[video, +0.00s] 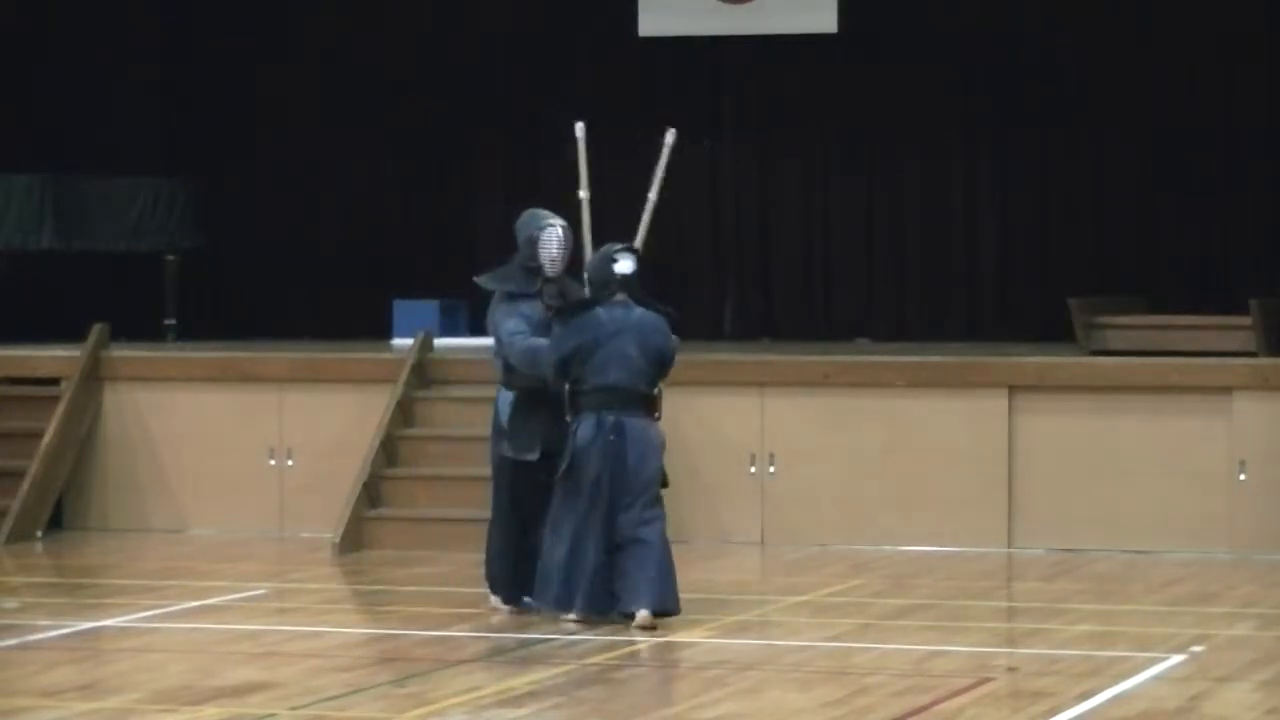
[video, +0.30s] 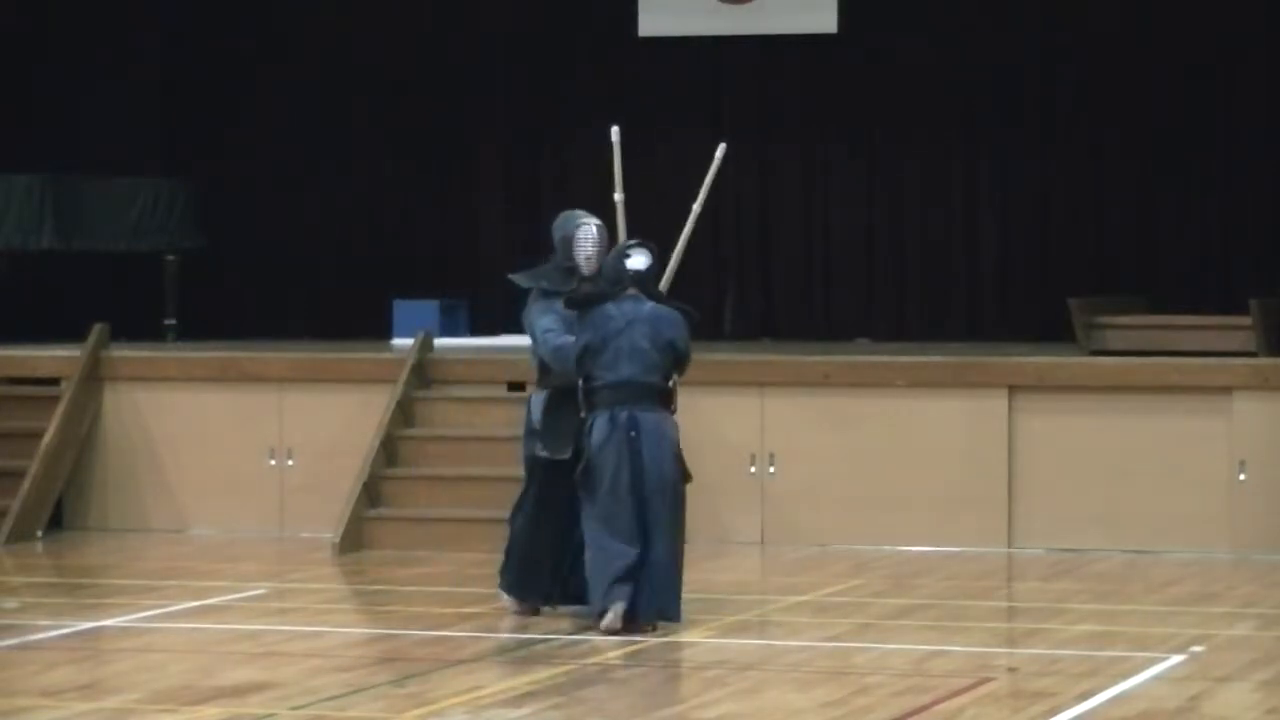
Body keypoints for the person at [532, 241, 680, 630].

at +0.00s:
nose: (590, 285)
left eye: (591, 280)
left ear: (594, 282)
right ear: (628, 282)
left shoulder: (579, 324)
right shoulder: (653, 324)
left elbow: (558, 368)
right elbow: (663, 366)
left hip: (592, 423)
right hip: (640, 423)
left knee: (586, 510)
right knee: (641, 512)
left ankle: (579, 602)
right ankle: (643, 603)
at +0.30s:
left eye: (610, 277)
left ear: (611, 280)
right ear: (643, 280)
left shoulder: (595, 318)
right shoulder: (666, 317)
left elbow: (579, 360)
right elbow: (680, 361)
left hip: (608, 419)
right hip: (655, 419)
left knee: (608, 509)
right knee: (656, 510)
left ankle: (616, 592)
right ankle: (648, 606)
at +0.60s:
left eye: (609, 288)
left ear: (611, 290)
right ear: (645, 289)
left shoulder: (600, 325)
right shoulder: (671, 324)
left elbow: (573, 360)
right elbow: (689, 368)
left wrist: (556, 313)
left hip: (617, 427)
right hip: (665, 428)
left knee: (620, 514)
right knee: (665, 517)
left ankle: (652, 591)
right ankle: (658, 604)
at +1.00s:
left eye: (626, 281)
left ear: (626, 285)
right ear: (663, 288)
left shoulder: (607, 332)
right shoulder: (684, 334)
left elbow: (583, 387)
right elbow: (691, 380)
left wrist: (591, 417)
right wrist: (658, 398)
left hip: (625, 435)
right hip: (671, 435)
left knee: (634, 525)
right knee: (665, 527)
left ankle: (663, 617)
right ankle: (637, 617)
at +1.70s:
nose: (631, 282)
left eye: (633, 276)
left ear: (635, 281)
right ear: (674, 280)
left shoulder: (616, 328)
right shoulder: (691, 326)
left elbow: (597, 389)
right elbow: (693, 367)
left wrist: (599, 340)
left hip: (642, 437)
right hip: (687, 434)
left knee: (647, 530)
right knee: (678, 528)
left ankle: (672, 626)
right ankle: (631, 618)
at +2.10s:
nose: (615, 288)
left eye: (618, 282)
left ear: (622, 285)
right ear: (656, 283)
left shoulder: (614, 332)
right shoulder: (676, 326)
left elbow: (585, 389)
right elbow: (683, 361)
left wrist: (585, 348)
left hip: (637, 436)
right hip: (674, 433)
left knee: (639, 526)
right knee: (671, 526)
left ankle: (673, 627)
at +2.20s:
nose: (605, 291)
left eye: (608, 285)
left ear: (614, 288)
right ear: (647, 285)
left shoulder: (609, 332)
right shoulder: (669, 328)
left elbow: (572, 382)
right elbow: (669, 364)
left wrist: (572, 344)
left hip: (632, 437)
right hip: (666, 433)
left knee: (638, 527)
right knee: (628, 527)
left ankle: (672, 625)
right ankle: (612, 618)